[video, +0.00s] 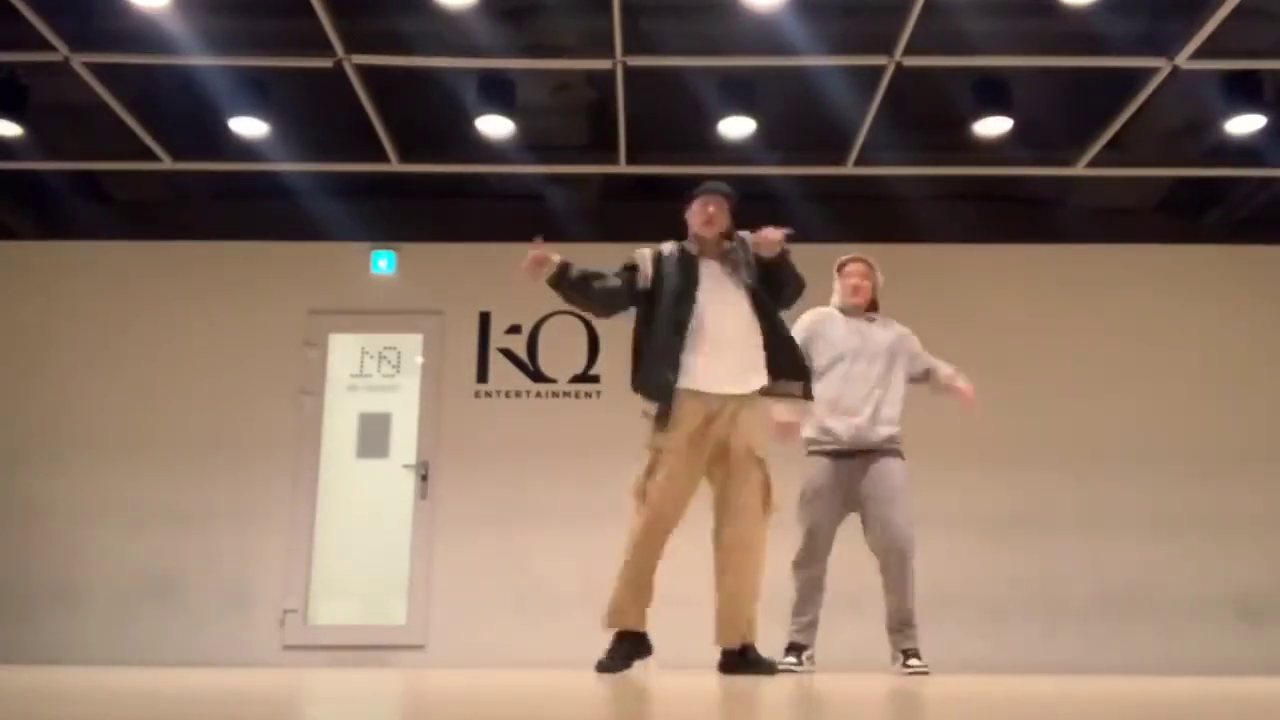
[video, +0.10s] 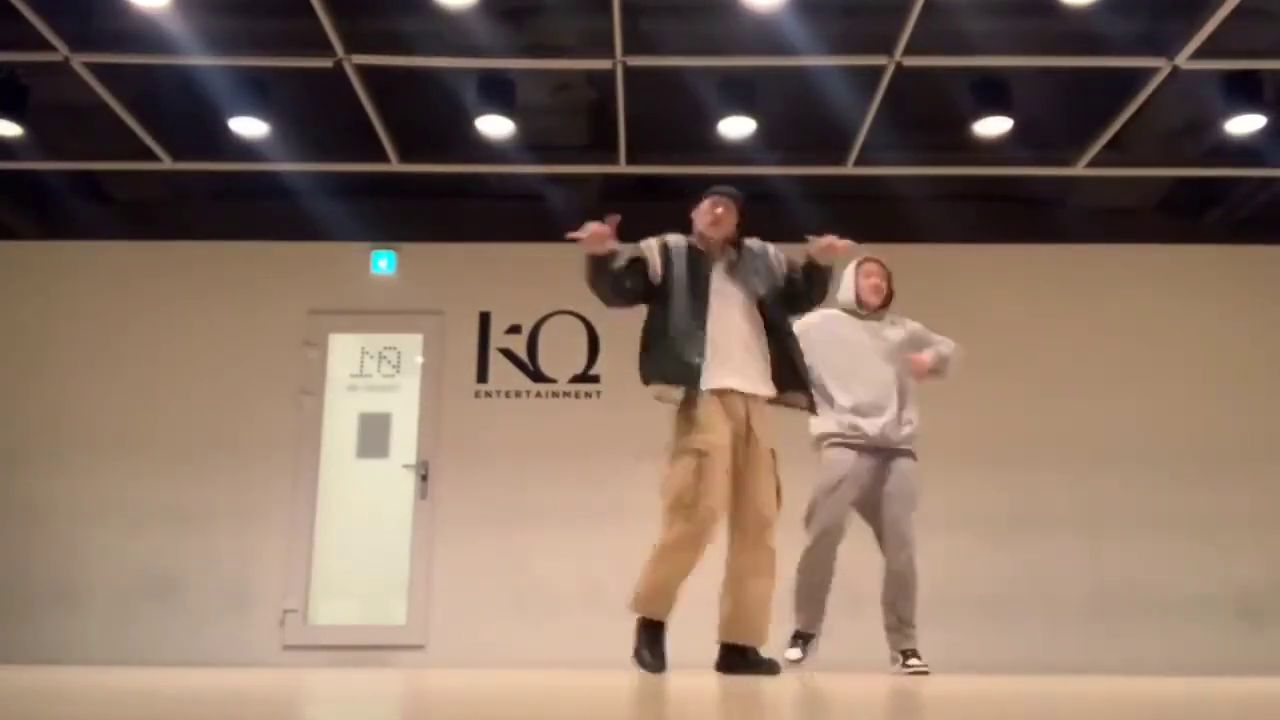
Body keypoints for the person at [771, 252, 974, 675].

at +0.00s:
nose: (857, 282)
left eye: (864, 277)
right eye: (850, 276)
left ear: (876, 287)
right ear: (836, 285)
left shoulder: (895, 335)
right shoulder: (817, 322)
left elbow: (927, 368)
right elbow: (783, 364)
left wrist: (954, 380)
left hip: (882, 456)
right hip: (827, 455)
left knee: (897, 545)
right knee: (811, 551)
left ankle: (906, 647)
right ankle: (799, 645)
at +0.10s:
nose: (876, 283)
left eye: (882, 278)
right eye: (867, 276)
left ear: (889, 289)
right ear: (850, 283)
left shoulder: (902, 330)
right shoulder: (821, 323)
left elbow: (948, 349)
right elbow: (771, 338)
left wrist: (933, 360)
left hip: (894, 450)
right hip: (843, 447)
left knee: (901, 548)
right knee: (823, 533)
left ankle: (905, 647)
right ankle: (804, 633)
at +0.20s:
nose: (872, 286)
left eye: (879, 280)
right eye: (865, 279)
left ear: (888, 291)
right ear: (849, 286)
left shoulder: (906, 334)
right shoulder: (828, 329)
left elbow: (957, 347)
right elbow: (788, 340)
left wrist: (971, 365)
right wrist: (807, 341)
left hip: (905, 441)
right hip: (858, 436)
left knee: (908, 539)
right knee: (864, 517)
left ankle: (905, 646)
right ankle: (838, 624)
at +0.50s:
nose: (879, 279)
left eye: (887, 275)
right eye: (871, 275)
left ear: (896, 289)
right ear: (859, 288)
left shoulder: (910, 327)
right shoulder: (847, 323)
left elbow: (940, 362)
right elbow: (815, 345)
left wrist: (921, 326)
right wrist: (853, 307)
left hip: (907, 440)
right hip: (858, 424)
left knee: (911, 546)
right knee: (854, 474)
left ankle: (905, 646)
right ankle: (860, 569)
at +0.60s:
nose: (877, 288)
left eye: (884, 281)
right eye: (869, 282)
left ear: (897, 290)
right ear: (858, 292)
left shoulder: (918, 330)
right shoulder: (852, 329)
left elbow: (923, 374)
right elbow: (836, 336)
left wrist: (894, 327)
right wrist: (854, 294)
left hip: (906, 449)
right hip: (857, 442)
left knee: (908, 547)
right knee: (843, 514)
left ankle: (906, 644)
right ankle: (868, 594)